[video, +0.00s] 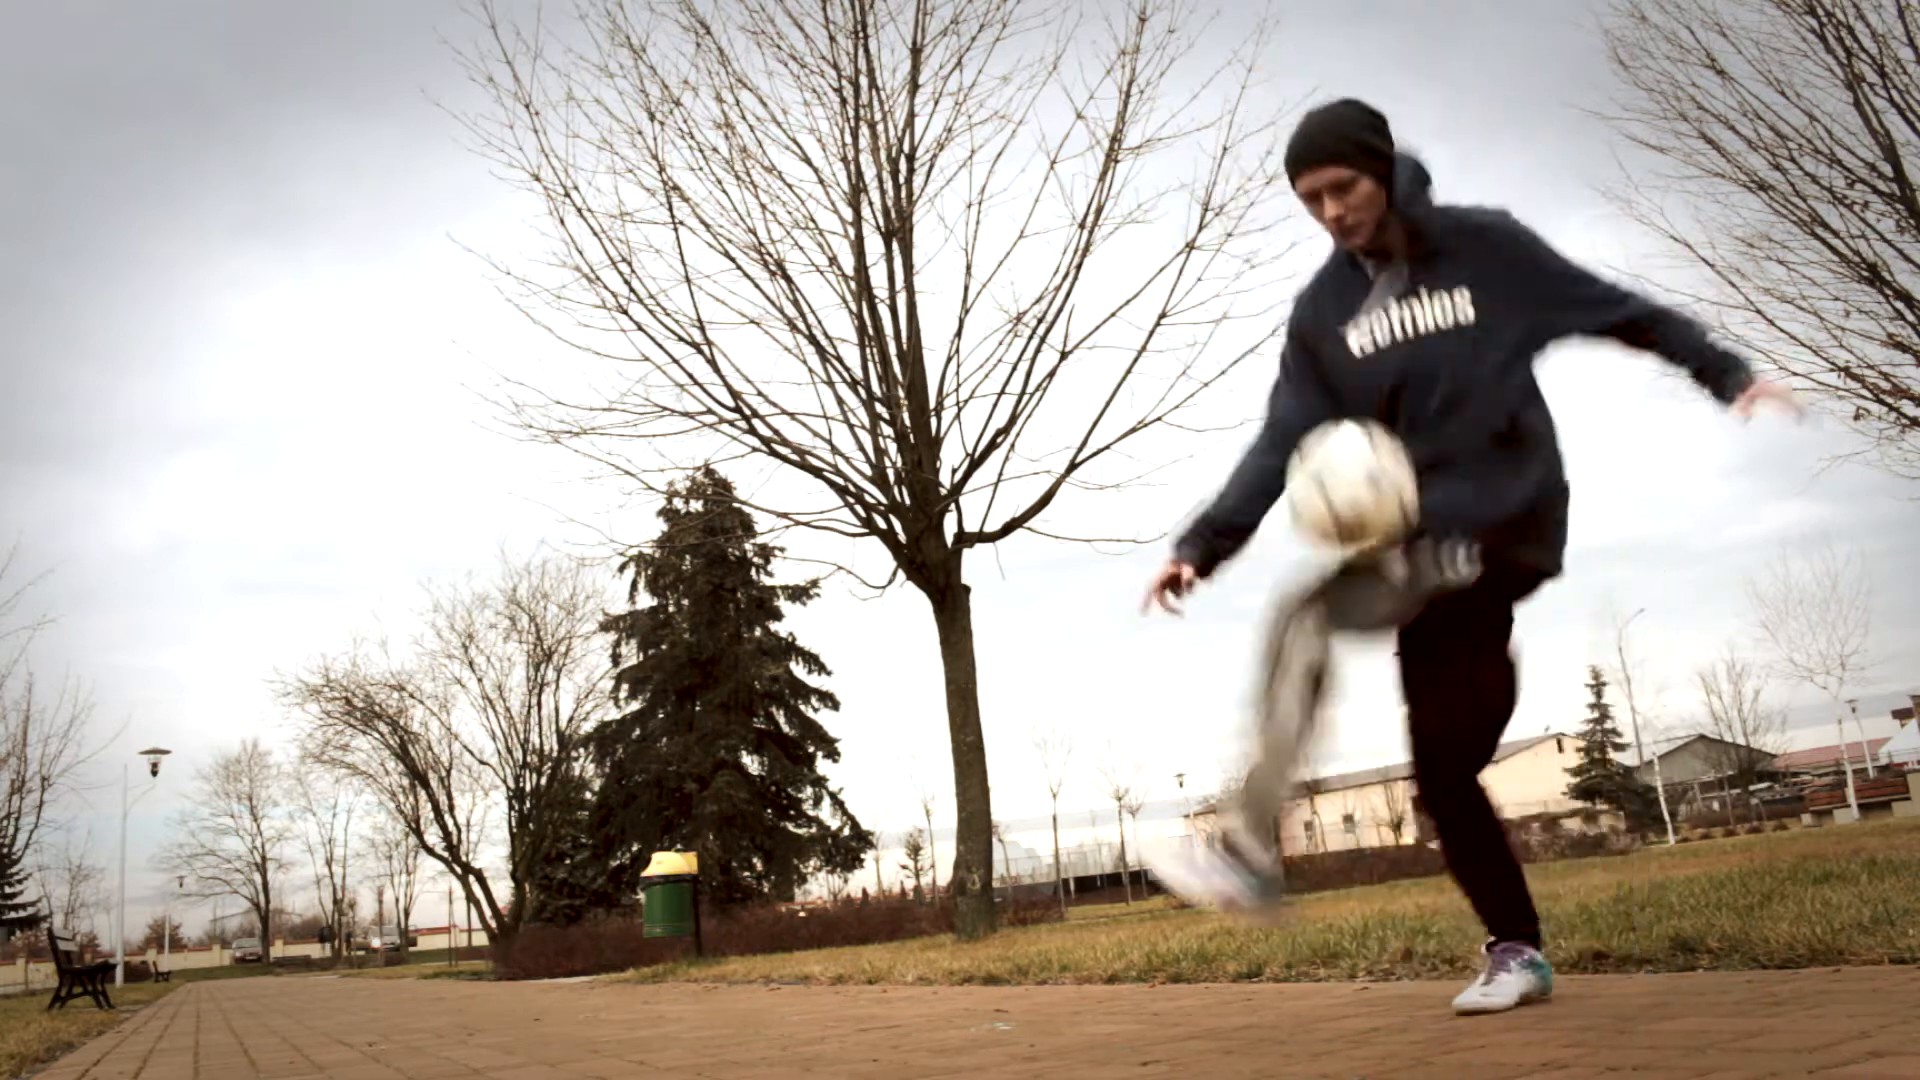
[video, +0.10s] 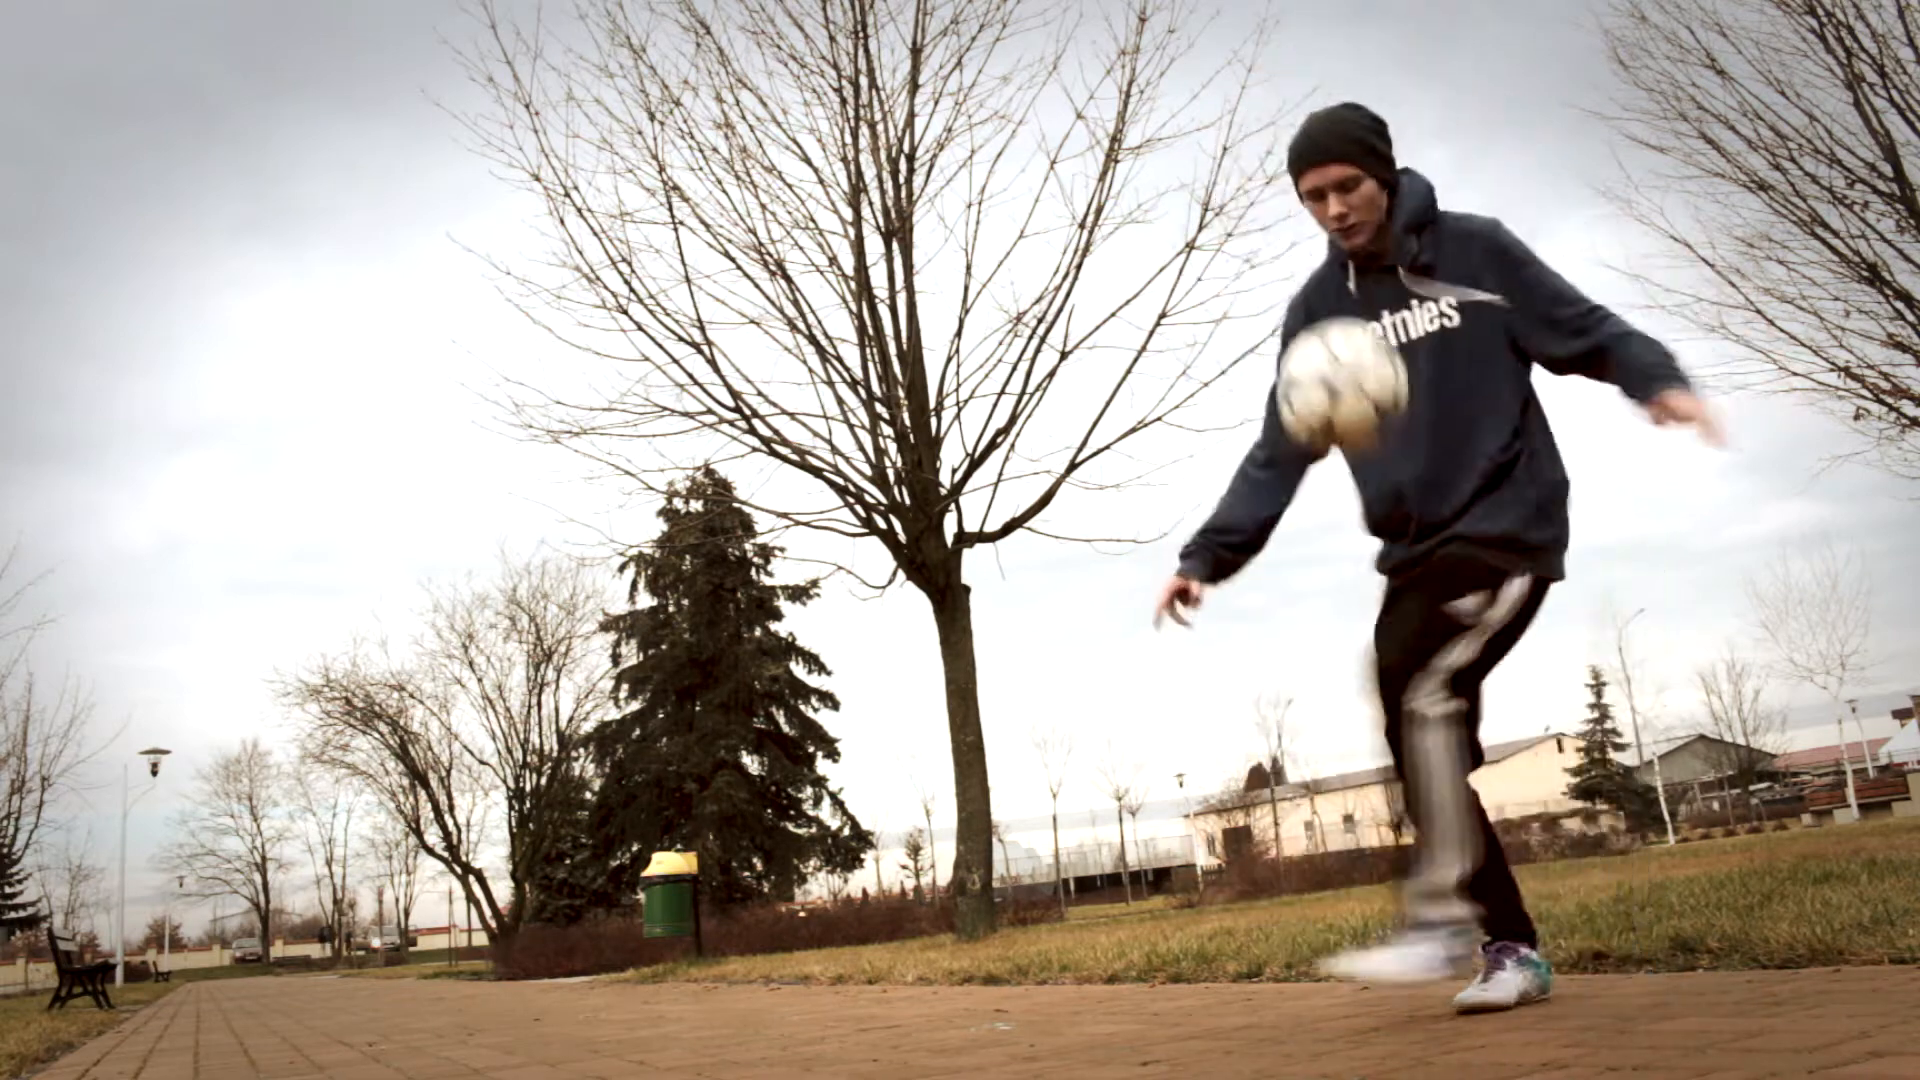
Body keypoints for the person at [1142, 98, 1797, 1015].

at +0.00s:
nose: (1333, 212)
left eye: (1344, 188)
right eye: (1315, 200)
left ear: (1386, 172)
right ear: (1307, 204)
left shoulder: (1483, 246)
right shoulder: (1322, 313)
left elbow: (1615, 309)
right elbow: (1282, 439)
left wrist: (1726, 372)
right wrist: (1202, 545)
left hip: (1509, 514)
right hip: (1423, 537)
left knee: (1310, 612)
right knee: (1443, 771)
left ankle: (1253, 850)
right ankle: (1516, 949)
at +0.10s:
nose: (1336, 209)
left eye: (1349, 187)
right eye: (1317, 196)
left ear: (1386, 176)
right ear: (1303, 204)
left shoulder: (1474, 251)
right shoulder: (1316, 311)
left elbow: (1580, 327)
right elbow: (1280, 447)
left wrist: (1656, 380)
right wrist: (1208, 557)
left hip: (1510, 523)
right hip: (1414, 549)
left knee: (1428, 688)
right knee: (1417, 736)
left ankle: (1441, 921)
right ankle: (1511, 948)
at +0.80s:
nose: (1382, 201)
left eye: (1395, 179)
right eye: (1364, 189)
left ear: (1434, 175)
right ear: (1350, 200)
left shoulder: (1520, 248)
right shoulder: (1345, 303)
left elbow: (1659, 265)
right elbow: (1322, 410)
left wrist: (1805, 226)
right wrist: (1282, 486)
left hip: (1527, 519)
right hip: (1430, 539)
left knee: (1567, 724)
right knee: (1451, 379)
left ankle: (1612, 938)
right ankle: (1665, 509)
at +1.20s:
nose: (1335, 211)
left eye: (1344, 188)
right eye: (1323, 199)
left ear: (1398, 166)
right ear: (1331, 205)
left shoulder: (1504, 226)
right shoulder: (1339, 296)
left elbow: (1634, 262)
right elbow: (1223, 366)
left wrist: (1764, 234)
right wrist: (1091, 342)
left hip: (1454, 494)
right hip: (1401, 519)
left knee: (1211, 506)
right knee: (1367, 754)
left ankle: (1112, 676)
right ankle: (1476, 958)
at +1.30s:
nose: (1292, 207)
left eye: (1300, 184)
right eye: (1279, 196)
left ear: (1353, 163)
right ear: (1285, 198)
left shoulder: (1460, 204)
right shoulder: (1299, 285)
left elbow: (1591, 232)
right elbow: (1172, 335)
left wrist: (1704, 198)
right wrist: (1037, 303)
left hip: (1461, 436)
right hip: (1411, 502)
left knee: (1236, 361)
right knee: (1384, 731)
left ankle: (1033, 444)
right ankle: (1479, 950)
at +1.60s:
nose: (1254, 223)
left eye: (1262, 199)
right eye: (1243, 210)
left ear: (1313, 178)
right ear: (1260, 207)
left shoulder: (1394, 228)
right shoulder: (1306, 285)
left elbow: (1459, 348)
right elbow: (1321, 390)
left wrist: (1402, 325)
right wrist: (1266, 489)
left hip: (1488, 494)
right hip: (1402, 497)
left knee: (1427, 722)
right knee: (1278, 462)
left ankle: (1538, 968)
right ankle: (1370, 657)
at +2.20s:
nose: (1211, 199)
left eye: (1223, 175)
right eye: (1195, 184)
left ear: (1267, 159)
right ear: (1186, 188)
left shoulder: (1359, 227)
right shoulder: (1201, 296)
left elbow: (1474, 325)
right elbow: (1126, 410)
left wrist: (1592, 425)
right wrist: (1017, 505)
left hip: (1399, 486)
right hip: (1312, 508)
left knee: (1166, 591)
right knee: (1311, 758)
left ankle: (1058, 806)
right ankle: (1356, 973)